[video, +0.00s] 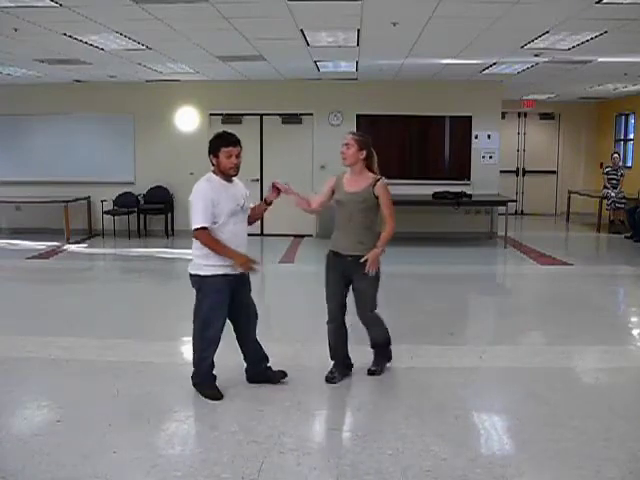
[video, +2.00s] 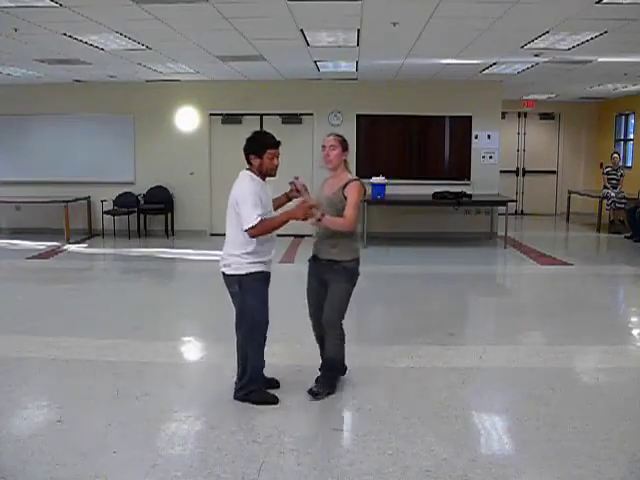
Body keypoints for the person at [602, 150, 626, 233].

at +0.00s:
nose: (615, 160)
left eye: (616, 158)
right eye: (613, 158)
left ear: (619, 160)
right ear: (611, 160)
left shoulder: (621, 170)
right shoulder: (607, 169)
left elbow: (621, 183)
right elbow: (605, 182)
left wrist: (617, 190)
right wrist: (611, 189)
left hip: (617, 188)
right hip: (608, 188)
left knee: (622, 196)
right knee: (611, 196)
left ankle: (621, 217)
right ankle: (611, 217)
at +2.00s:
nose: (615, 160)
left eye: (616, 158)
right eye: (613, 158)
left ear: (619, 160)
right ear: (611, 160)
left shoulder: (621, 171)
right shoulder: (607, 169)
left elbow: (621, 183)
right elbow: (605, 182)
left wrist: (617, 190)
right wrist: (611, 189)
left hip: (617, 188)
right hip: (608, 188)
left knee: (622, 196)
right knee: (612, 196)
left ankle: (621, 217)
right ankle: (611, 217)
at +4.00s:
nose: (615, 160)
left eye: (616, 158)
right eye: (613, 158)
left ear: (619, 160)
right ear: (611, 160)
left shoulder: (621, 170)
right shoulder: (606, 169)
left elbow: (621, 184)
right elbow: (605, 182)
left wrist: (617, 190)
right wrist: (611, 190)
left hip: (617, 188)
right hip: (608, 188)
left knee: (622, 196)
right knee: (611, 196)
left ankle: (621, 216)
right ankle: (611, 215)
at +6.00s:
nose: (615, 160)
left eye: (617, 158)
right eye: (613, 158)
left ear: (619, 160)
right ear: (611, 160)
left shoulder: (621, 170)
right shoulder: (606, 169)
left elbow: (621, 183)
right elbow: (605, 182)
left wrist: (617, 190)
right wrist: (611, 189)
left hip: (617, 188)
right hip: (608, 187)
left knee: (622, 196)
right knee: (611, 196)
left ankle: (621, 216)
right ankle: (611, 216)